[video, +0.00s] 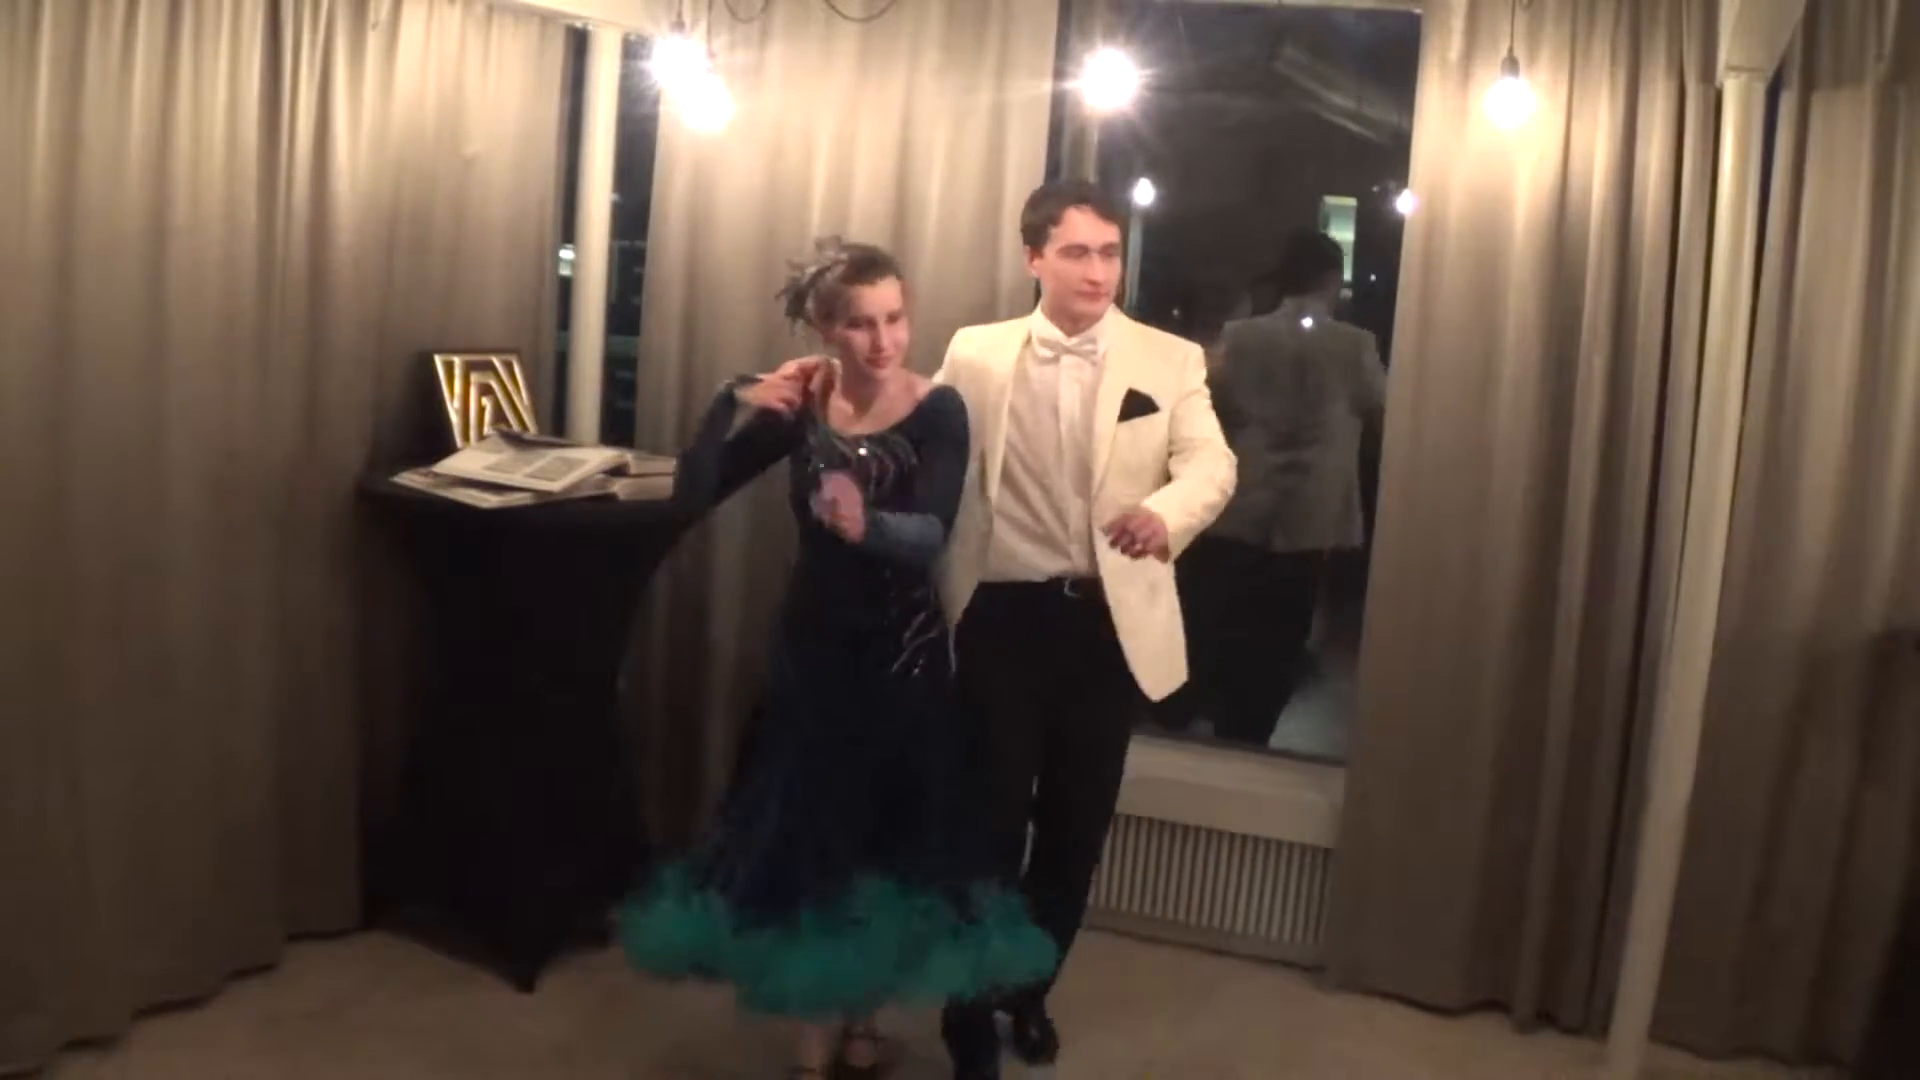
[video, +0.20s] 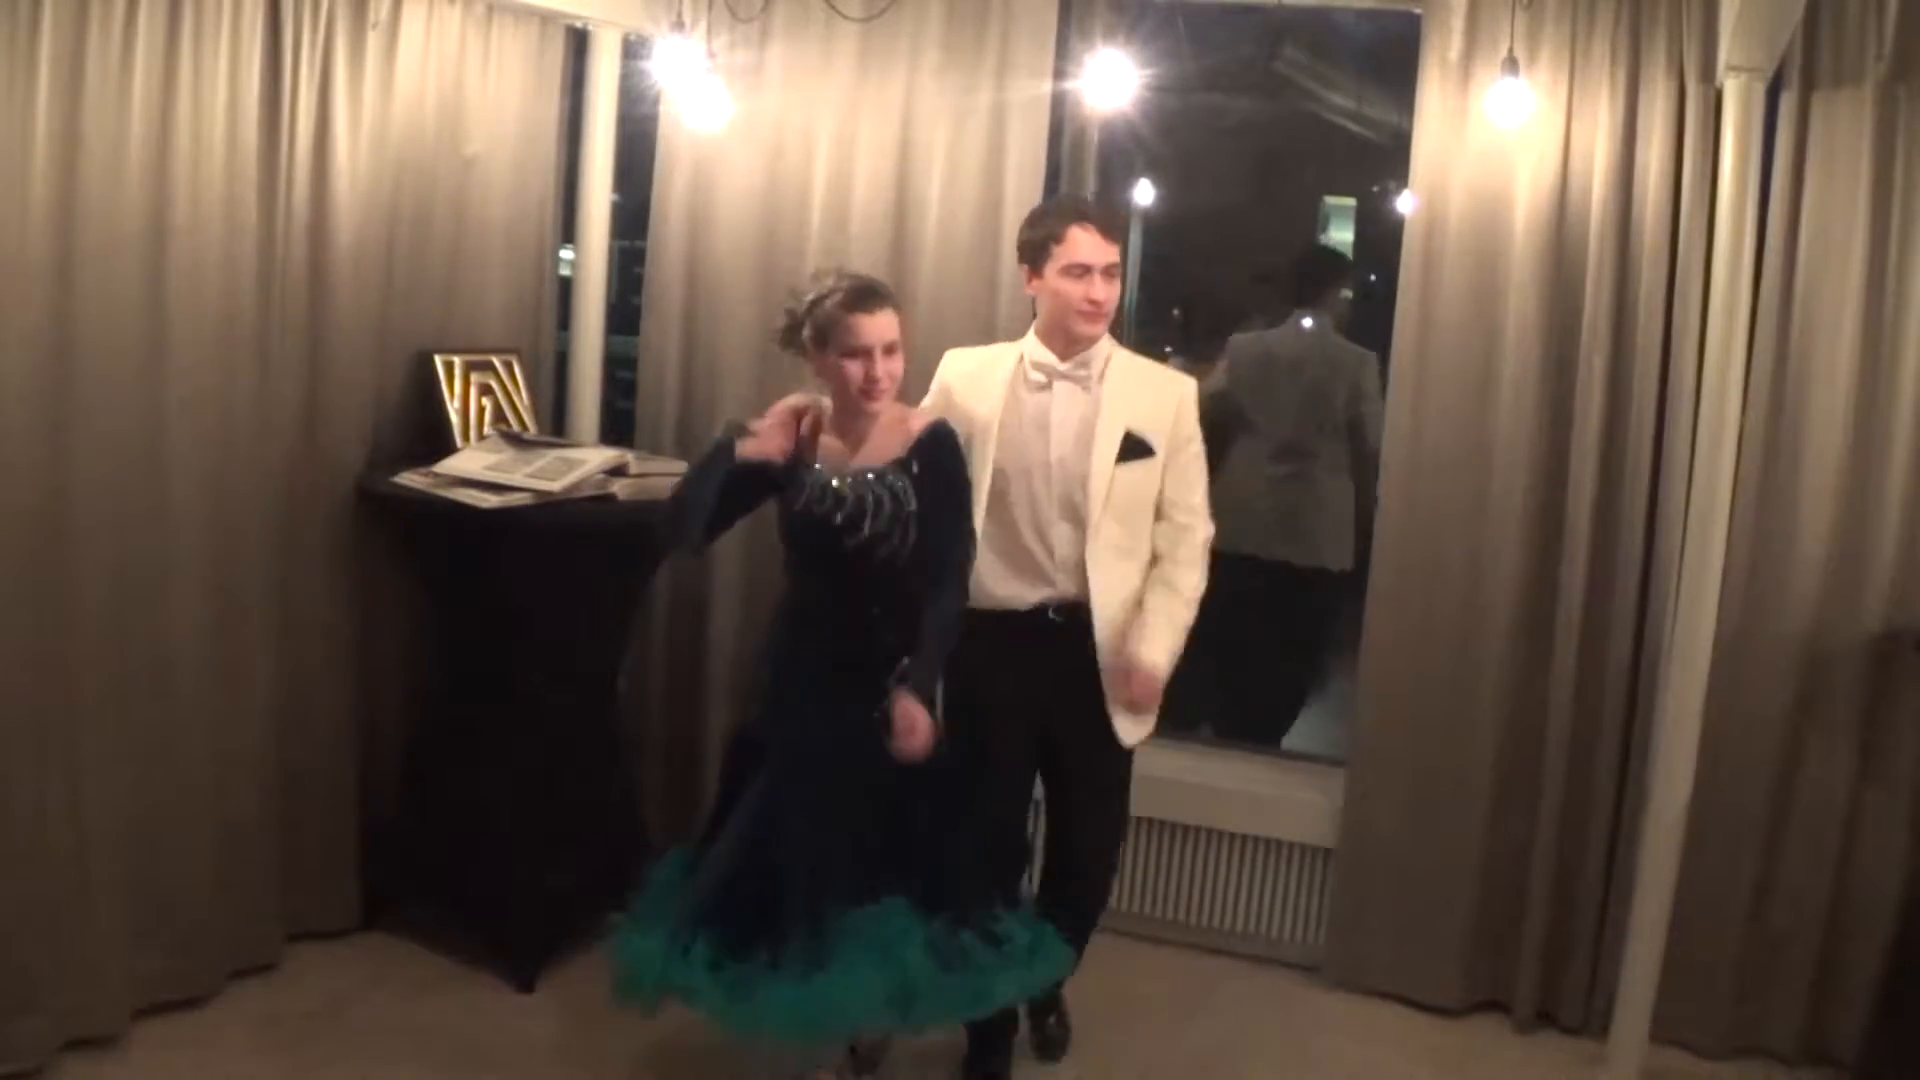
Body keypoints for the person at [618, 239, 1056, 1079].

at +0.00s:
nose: (881, 339)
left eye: (893, 319)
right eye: (860, 324)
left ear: (911, 314)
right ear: (824, 330)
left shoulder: (938, 412)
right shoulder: (804, 401)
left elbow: (931, 535)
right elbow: (697, 491)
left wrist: (865, 523)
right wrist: (741, 405)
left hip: (904, 642)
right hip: (817, 633)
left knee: (885, 819)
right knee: (806, 816)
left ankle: (862, 1013)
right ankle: (810, 1022)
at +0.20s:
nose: (876, 372)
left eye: (889, 352)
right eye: (855, 355)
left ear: (906, 352)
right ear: (817, 361)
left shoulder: (931, 445)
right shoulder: (795, 435)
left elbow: (947, 575)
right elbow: (688, 525)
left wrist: (920, 682)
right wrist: (742, 452)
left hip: (893, 674)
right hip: (806, 665)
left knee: (883, 840)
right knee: (802, 833)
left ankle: (874, 1010)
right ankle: (822, 1005)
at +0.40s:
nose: (901, 313)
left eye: (911, 298)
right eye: (882, 296)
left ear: (919, 309)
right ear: (831, 301)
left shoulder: (932, 400)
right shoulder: (786, 396)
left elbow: (965, 526)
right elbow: (651, 461)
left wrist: (991, 652)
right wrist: (736, 388)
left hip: (905, 646)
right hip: (807, 642)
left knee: (884, 831)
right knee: (795, 827)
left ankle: (858, 1032)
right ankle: (800, 1029)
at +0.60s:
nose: (910, 335)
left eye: (921, 318)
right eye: (891, 316)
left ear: (928, 327)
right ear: (836, 322)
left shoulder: (940, 433)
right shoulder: (789, 424)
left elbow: (975, 583)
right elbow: (688, 532)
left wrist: (975, 709)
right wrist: (734, 445)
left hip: (912, 690)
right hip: (808, 683)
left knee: (884, 895)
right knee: (805, 880)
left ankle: (859, 1051)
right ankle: (842, 1034)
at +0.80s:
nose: (929, 354)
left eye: (936, 336)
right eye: (910, 333)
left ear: (941, 343)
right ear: (848, 335)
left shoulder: (939, 438)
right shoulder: (782, 426)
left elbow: (1018, 550)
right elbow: (641, 474)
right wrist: (742, 423)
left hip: (901, 691)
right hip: (801, 683)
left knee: (901, 878)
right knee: (777, 870)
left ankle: (891, 1042)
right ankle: (779, 1036)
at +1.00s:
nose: (939, 386)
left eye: (945, 367)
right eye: (924, 363)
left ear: (948, 369)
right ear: (858, 349)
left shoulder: (929, 474)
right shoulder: (770, 438)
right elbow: (617, 468)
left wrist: (968, 518)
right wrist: (733, 422)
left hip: (870, 728)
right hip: (764, 719)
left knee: (843, 941)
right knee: (738, 938)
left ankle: (827, 1060)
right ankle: (739, 1061)